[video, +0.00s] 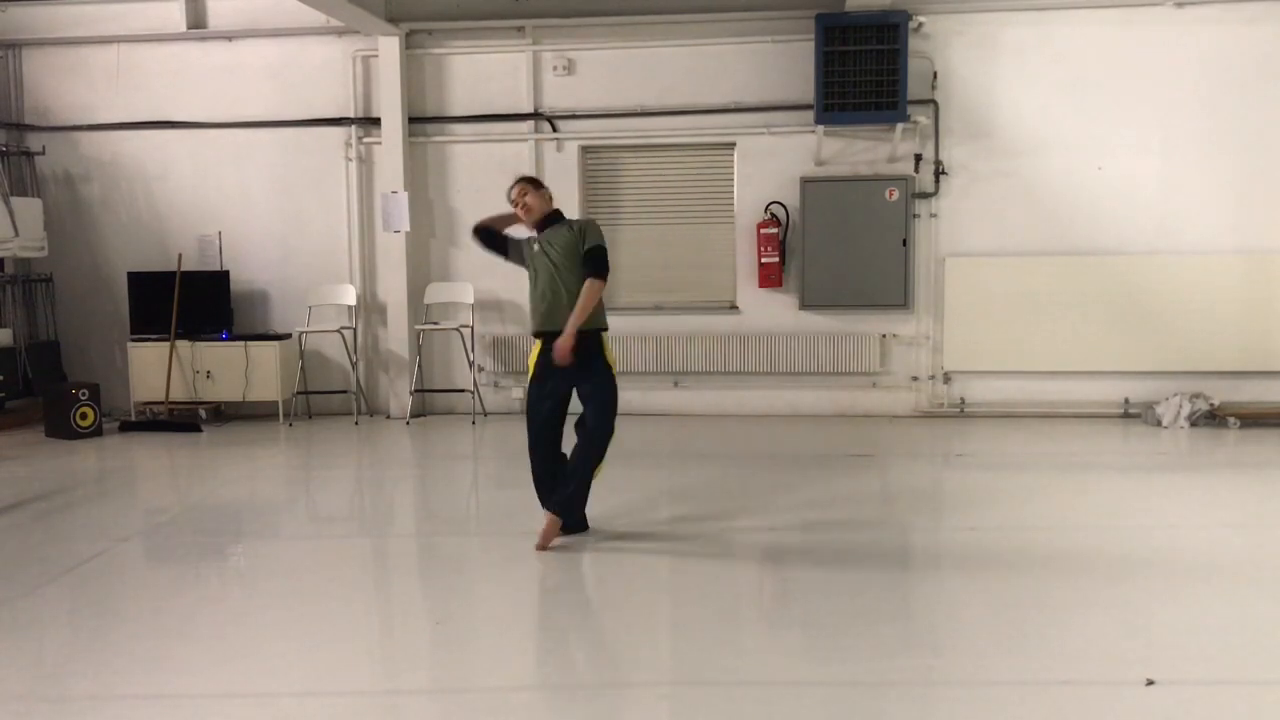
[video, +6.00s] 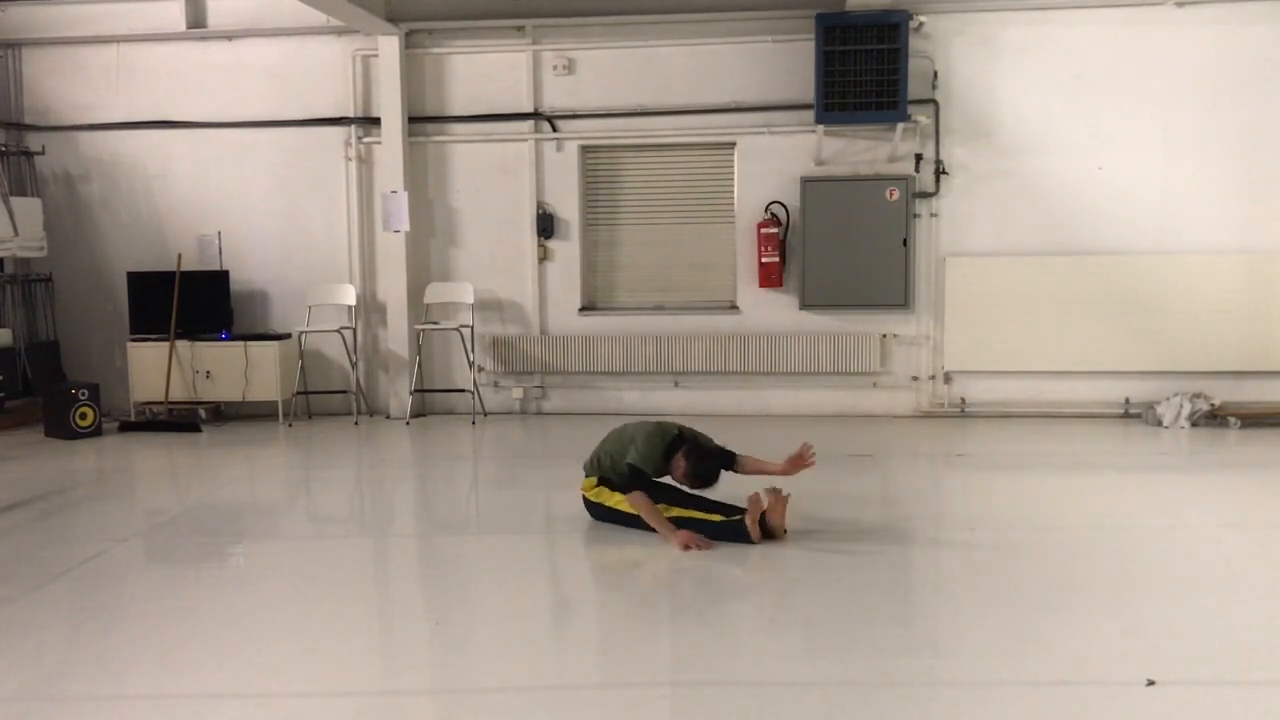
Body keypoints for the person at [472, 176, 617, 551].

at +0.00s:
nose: (520, 205)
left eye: (525, 195)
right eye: (515, 204)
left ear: (547, 196)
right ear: (519, 215)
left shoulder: (583, 229)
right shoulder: (529, 249)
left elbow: (597, 280)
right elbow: (481, 232)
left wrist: (569, 332)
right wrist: (515, 216)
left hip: (587, 344)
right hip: (548, 349)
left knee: (600, 424)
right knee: (542, 437)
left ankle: (559, 509)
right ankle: (571, 517)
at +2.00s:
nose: (584, 292)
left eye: (586, 285)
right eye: (583, 289)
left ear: (601, 278)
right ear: (601, 291)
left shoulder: (629, 262)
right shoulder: (612, 334)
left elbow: (648, 287)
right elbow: (582, 376)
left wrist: (667, 326)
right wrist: (530, 387)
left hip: (653, 367)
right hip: (617, 376)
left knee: (651, 465)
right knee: (572, 451)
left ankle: (688, 541)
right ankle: (570, 523)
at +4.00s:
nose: (727, 415)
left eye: (723, 414)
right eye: (728, 424)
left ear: (730, 401)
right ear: (741, 425)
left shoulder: (756, 372)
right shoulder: (781, 420)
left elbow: (722, 358)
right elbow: (802, 484)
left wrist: (693, 370)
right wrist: (815, 547)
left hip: (901, 376)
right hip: (879, 402)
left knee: (982, 331)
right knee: (960, 472)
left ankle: (1016, 417)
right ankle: (941, 560)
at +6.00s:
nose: (681, 484)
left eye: (689, 485)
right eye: (684, 480)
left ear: (703, 457)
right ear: (681, 461)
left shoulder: (691, 440)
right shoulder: (647, 447)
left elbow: (733, 461)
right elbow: (635, 496)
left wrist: (780, 468)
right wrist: (674, 534)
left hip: (631, 481)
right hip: (599, 490)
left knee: (687, 501)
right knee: (672, 514)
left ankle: (763, 522)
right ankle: (747, 531)